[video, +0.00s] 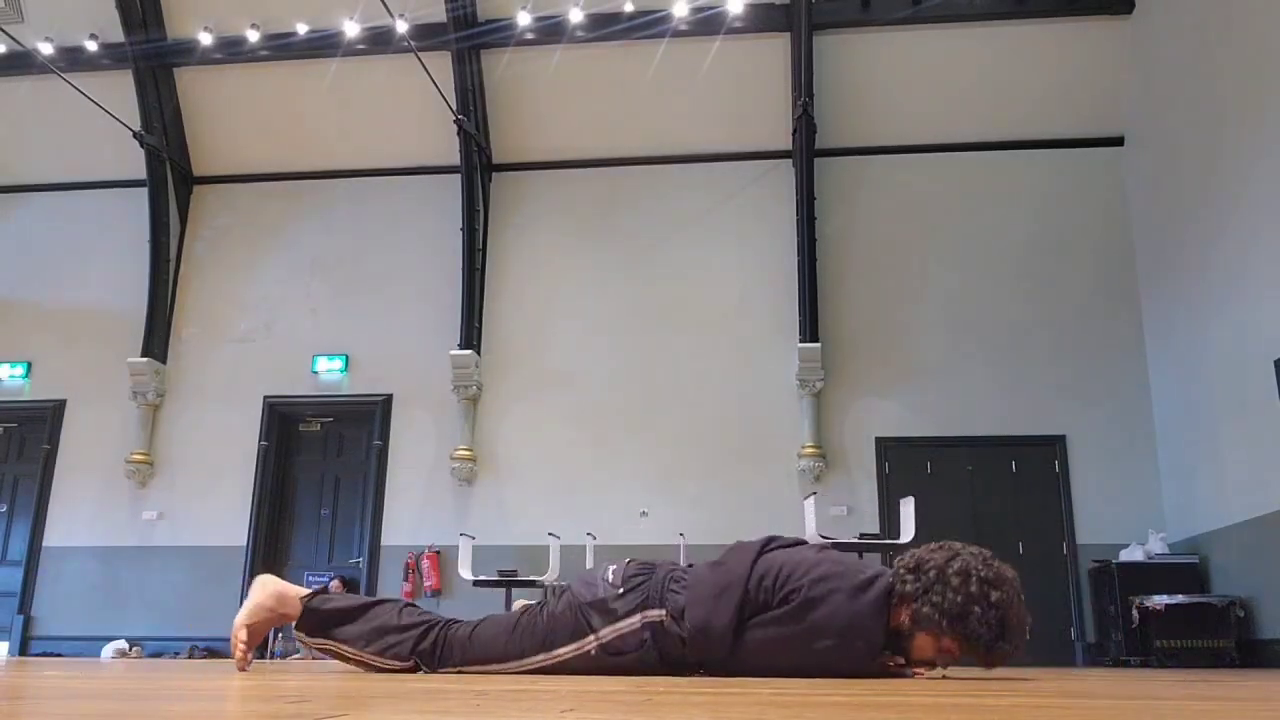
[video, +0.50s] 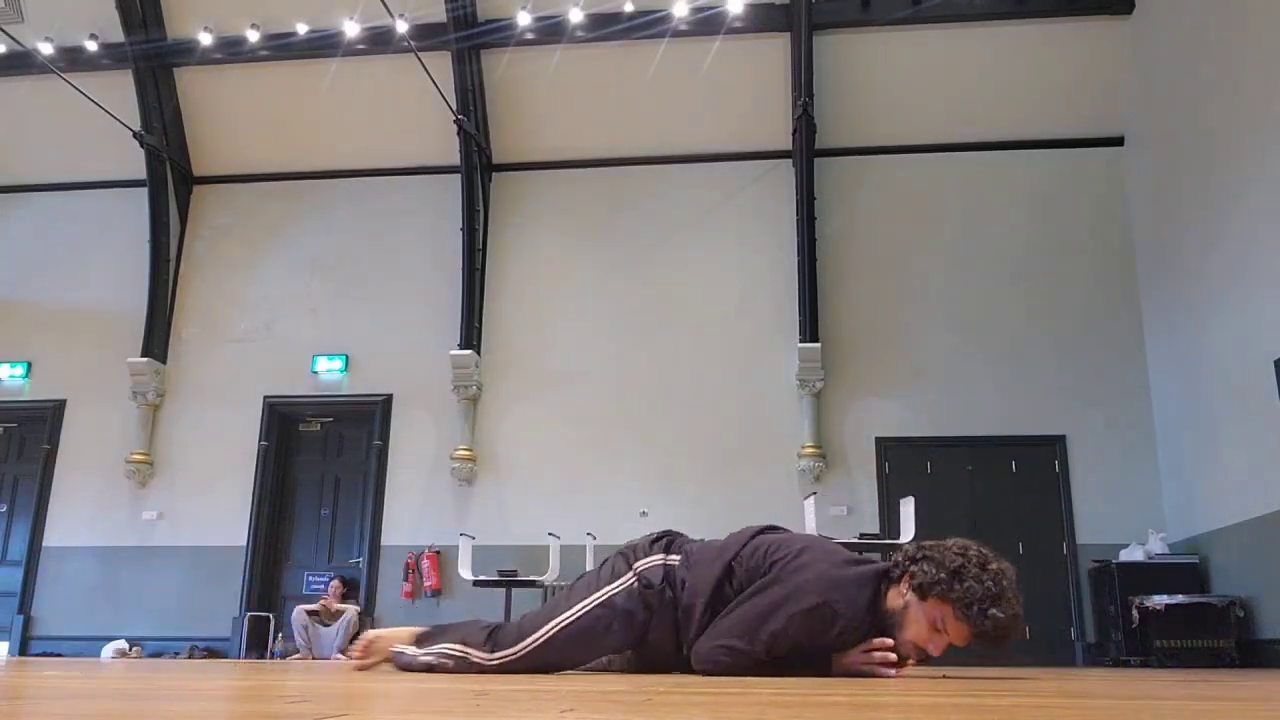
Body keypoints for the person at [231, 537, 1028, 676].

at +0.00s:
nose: (950, 668)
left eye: (966, 661)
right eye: (958, 657)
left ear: (934, 598)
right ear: (931, 623)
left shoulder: (872, 588)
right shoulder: (854, 617)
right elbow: (750, 664)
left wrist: (897, 657)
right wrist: (886, 673)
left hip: (650, 601)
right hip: (637, 616)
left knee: (481, 642)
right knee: (460, 650)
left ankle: (324, 612)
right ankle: (292, 606)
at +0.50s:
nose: (939, 645)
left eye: (952, 641)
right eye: (940, 627)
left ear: (948, 619)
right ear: (912, 589)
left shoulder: (879, 598)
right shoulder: (829, 588)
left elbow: (781, 655)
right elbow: (712, 660)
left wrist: (857, 654)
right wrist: (831, 666)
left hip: (674, 617)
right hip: (649, 589)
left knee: (525, 654)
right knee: (501, 659)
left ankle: (410, 644)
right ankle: (390, 646)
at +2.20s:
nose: (991, 631)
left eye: (1007, 640)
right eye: (1001, 618)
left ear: (1004, 642)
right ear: (998, 588)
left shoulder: (935, 630)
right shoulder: (942, 548)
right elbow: (1038, 589)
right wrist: (1144, 656)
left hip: (818, 622)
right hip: (772, 563)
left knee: (875, 642)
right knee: (583, 577)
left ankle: (725, 656)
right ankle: (500, 640)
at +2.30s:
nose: (1004, 626)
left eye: (1019, 638)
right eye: (1013, 611)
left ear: (1013, 645)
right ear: (1001, 585)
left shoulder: (943, 633)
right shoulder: (952, 552)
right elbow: (1061, 584)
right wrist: (1161, 655)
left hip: (821, 620)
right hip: (784, 562)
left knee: (895, 641)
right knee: (684, 566)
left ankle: (726, 658)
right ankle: (516, 627)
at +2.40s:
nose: (1007, 629)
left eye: (1023, 641)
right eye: (1016, 613)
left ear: (1020, 650)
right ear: (1006, 589)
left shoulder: (959, 645)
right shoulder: (964, 559)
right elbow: (1074, 585)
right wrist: (1172, 659)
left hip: (827, 619)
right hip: (792, 556)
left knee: (906, 644)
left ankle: (734, 661)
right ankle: (537, 627)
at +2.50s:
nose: (1003, 629)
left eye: (1012, 644)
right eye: (1013, 620)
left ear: (1006, 649)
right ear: (1013, 597)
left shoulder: (941, 628)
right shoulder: (984, 565)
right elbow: (1084, 589)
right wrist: (1173, 654)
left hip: (834, 608)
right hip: (841, 544)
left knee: (920, 659)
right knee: (814, 579)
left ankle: (739, 655)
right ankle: (614, 624)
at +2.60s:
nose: (1005, 629)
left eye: (1013, 646)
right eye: (1019, 620)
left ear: (1008, 661)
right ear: (1017, 599)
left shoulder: (935, 633)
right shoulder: (983, 563)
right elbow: (1085, 585)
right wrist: (1177, 648)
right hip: (786, 540)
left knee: (930, 653)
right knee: (925, 549)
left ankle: (748, 654)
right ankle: (756, 618)